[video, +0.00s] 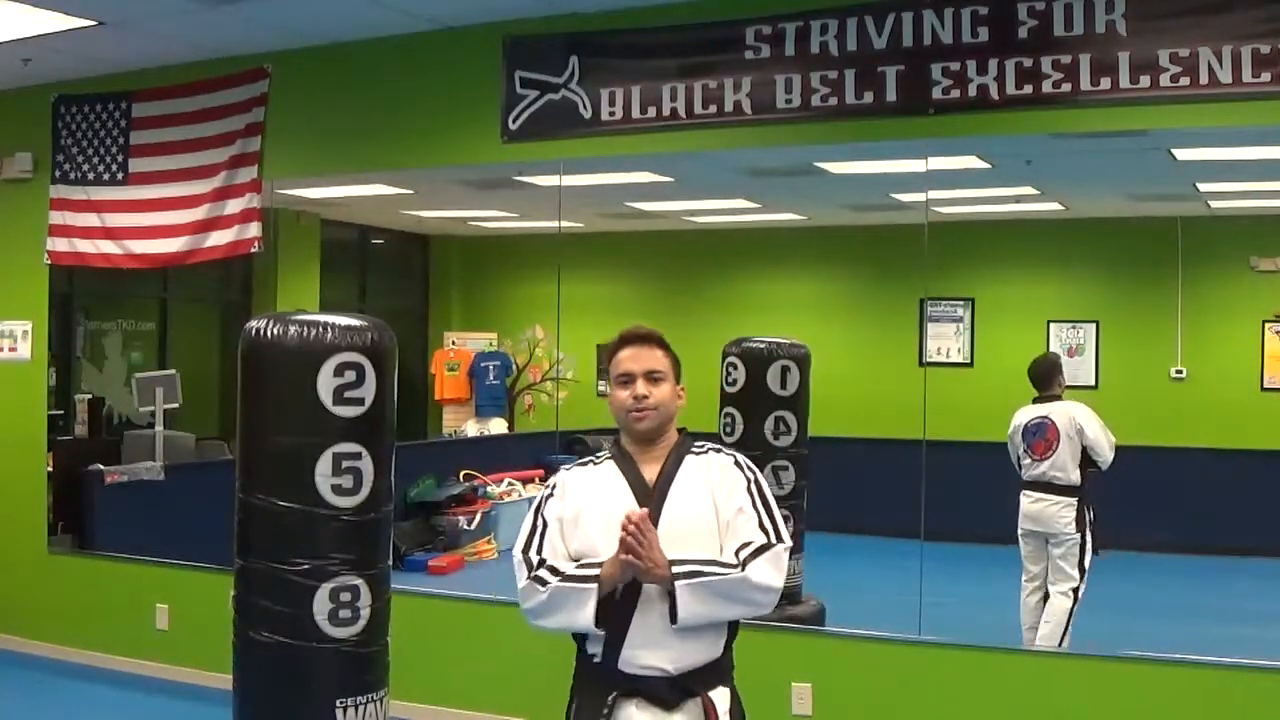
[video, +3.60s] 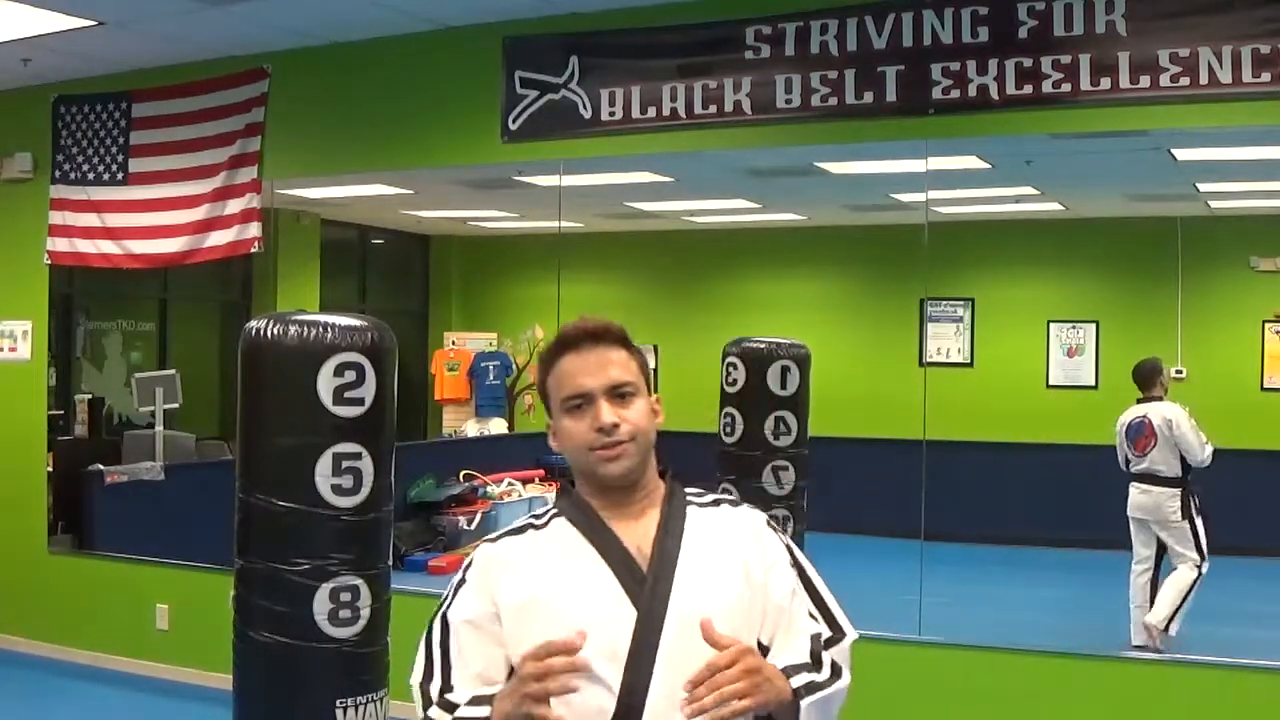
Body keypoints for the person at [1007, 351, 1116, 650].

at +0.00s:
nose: (1065, 377)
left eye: (1061, 373)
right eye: (1063, 373)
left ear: (1034, 382)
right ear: (1060, 378)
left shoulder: (1021, 416)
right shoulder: (1077, 413)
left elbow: (1019, 461)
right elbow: (1105, 456)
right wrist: (1077, 458)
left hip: (1028, 506)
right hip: (1066, 509)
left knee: (1032, 582)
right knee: (1064, 587)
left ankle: (1030, 652)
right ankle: (1045, 655)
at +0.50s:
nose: (1085, 382)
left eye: (1084, 375)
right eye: (1082, 376)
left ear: (1052, 380)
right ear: (1070, 381)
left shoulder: (1026, 413)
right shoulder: (1080, 416)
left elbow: (1027, 453)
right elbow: (1105, 464)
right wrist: (1102, 430)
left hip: (1026, 507)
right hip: (1060, 512)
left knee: (1033, 581)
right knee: (1056, 588)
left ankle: (1030, 647)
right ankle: (1041, 657)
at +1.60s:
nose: (1080, 383)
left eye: (1077, 378)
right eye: (1078, 379)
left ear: (1048, 385)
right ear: (1075, 382)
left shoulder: (1035, 416)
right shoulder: (1092, 409)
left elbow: (1034, 459)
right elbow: (1120, 451)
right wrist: (1093, 453)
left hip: (1045, 505)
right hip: (1082, 507)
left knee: (1053, 578)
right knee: (1090, 579)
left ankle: (1051, 648)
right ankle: (1056, 647)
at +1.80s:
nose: (1086, 384)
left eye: (1083, 380)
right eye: (1085, 380)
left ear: (1053, 384)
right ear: (1080, 382)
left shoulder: (1037, 415)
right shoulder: (1092, 409)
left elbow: (1038, 458)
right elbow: (1120, 452)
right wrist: (1091, 451)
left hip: (1050, 502)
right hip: (1087, 504)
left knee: (1059, 573)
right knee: (1117, 569)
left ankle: (1055, 645)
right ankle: (1085, 641)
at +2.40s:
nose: (1131, 385)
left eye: (1128, 381)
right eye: (1131, 381)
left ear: (1102, 381)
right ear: (1128, 383)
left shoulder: (1078, 411)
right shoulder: (1137, 415)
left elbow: (1070, 451)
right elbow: (1159, 460)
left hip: (1084, 499)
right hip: (1122, 503)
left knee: (1077, 568)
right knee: (1131, 575)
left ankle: (1062, 646)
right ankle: (1133, 649)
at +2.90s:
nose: (1163, 384)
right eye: (1165, 379)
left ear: (1140, 381)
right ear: (1167, 381)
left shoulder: (1117, 410)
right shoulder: (1182, 415)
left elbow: (1103, 454)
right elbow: (1197, 460)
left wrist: (1134, 452)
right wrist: (1168, 458)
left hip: (1120, 500)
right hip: (1157, 504)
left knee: (1112, 565)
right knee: (1149, 573)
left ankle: (1104, 639)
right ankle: (1137, 647)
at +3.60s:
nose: (1168, 379)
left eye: (1165, 374)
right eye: (1165, 375)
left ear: (1138, 385)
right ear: (1161, 381)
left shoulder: (1126, 417)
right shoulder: (1174, 414)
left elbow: (1125, 463)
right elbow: (1200, 457)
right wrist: (1205, 442)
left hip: (1137, 496)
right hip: (1170, 500)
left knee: (1142, 564)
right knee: (1192, 561)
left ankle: (1139, 638)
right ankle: (1157, 621)